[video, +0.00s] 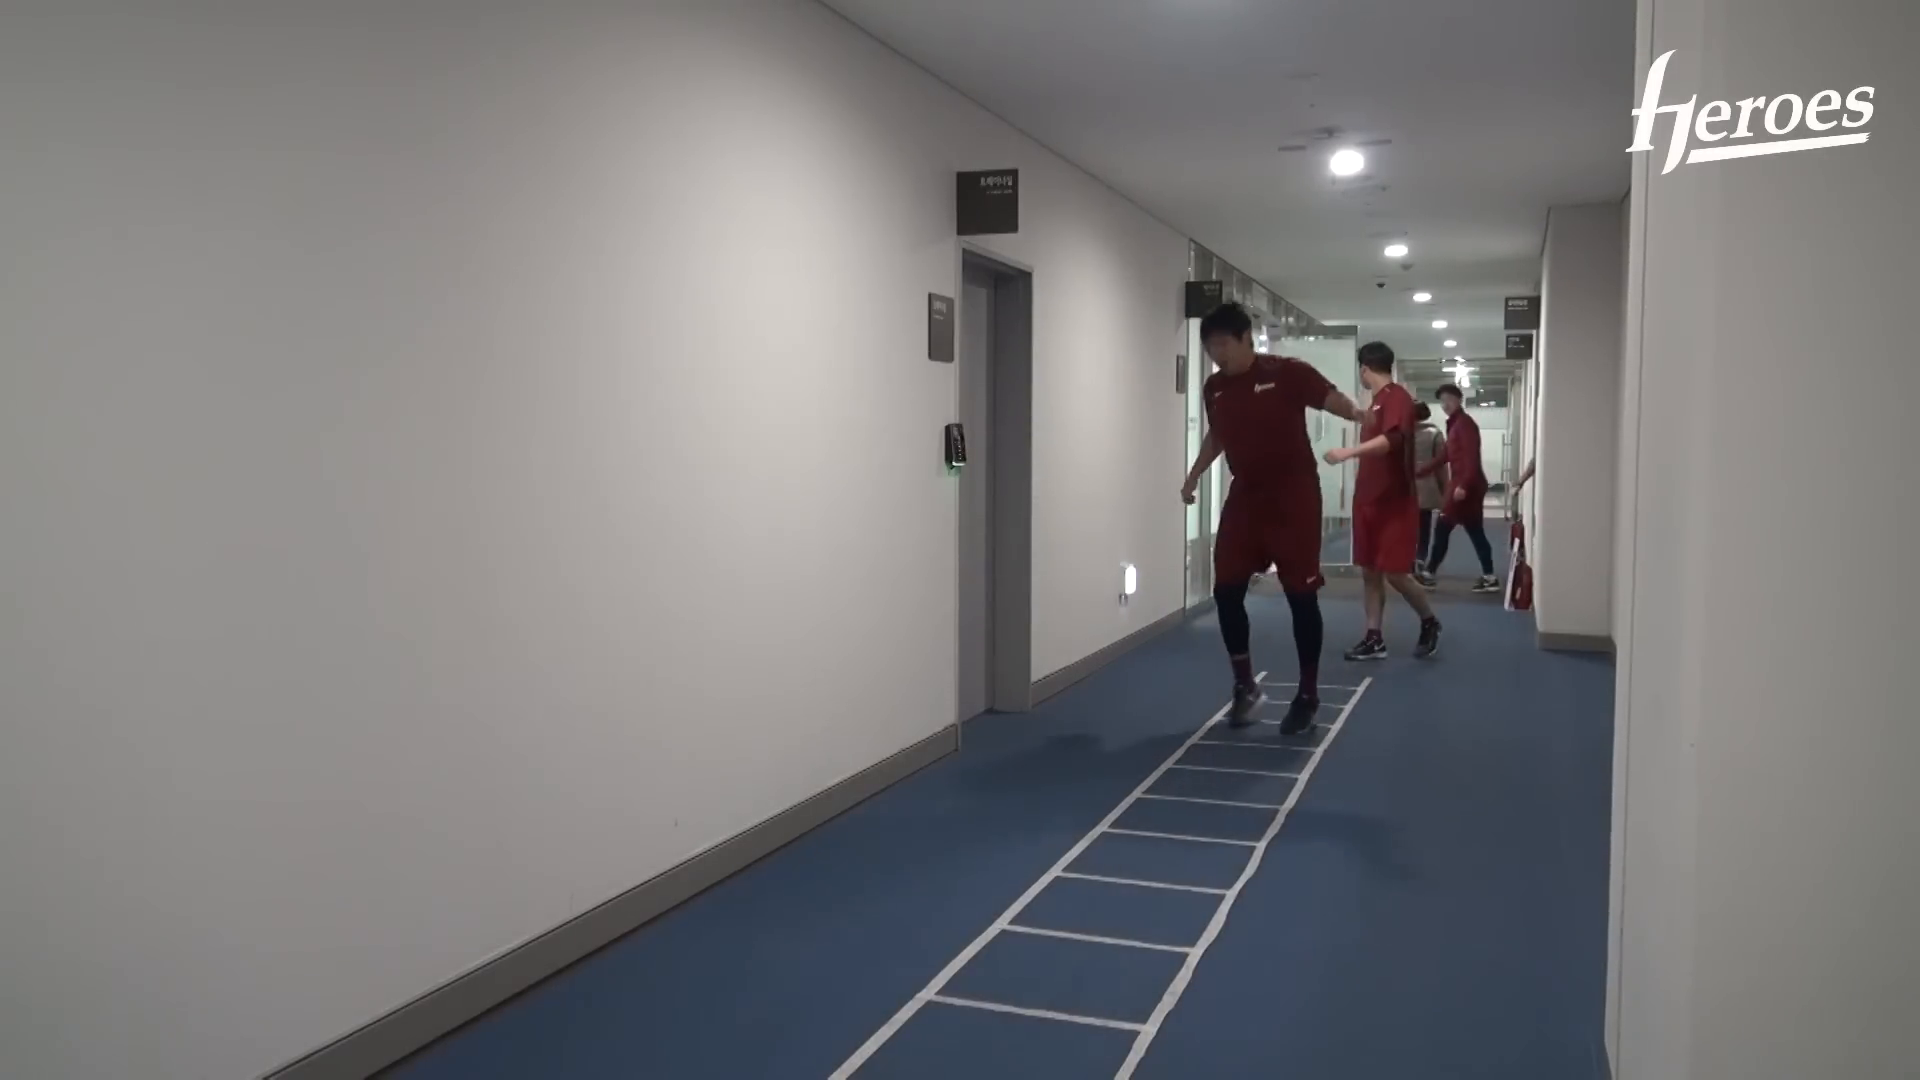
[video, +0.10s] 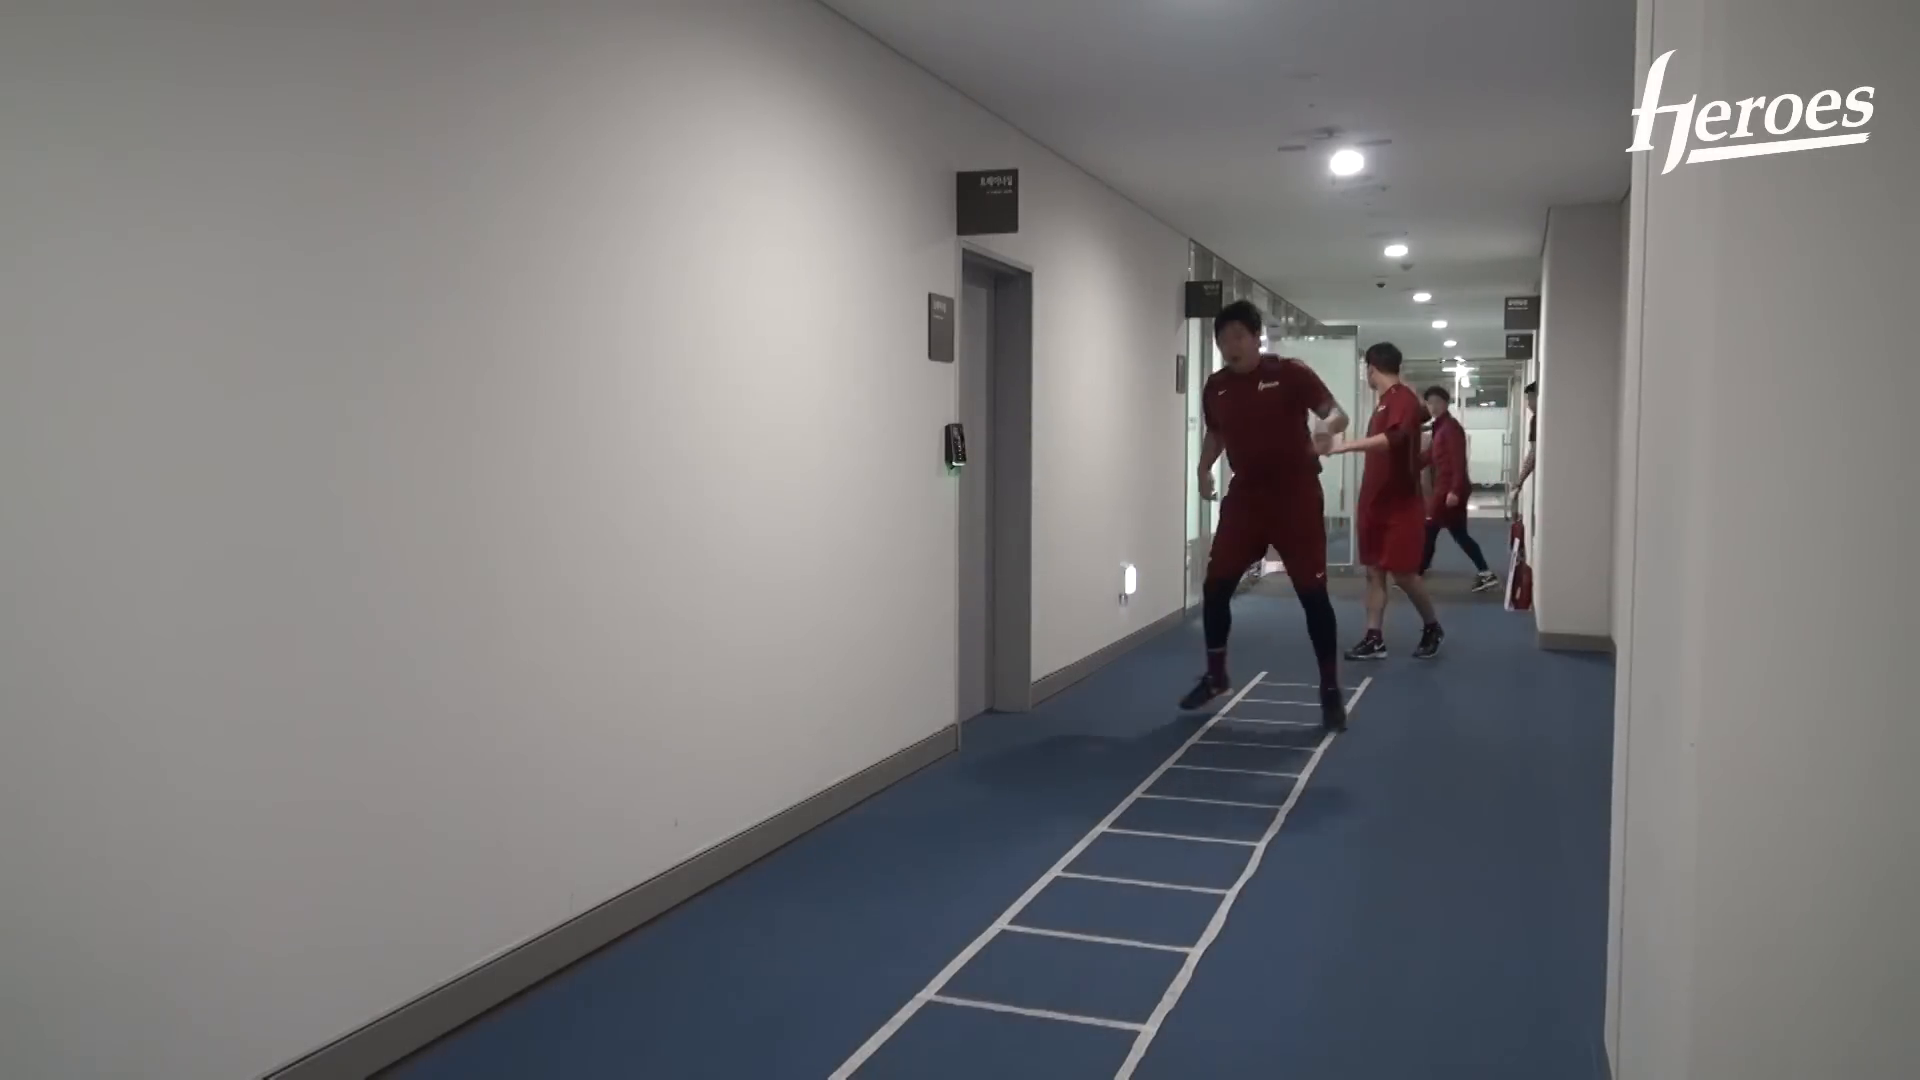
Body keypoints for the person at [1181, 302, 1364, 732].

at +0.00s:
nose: (1214, 355)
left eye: (1219, 345)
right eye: (1209, 348)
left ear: (1243, 339)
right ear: (1210, 348)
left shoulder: (1288, 373)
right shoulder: (1215, 388)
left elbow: (1338, 403)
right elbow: (1219, 434)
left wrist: (1361, 416)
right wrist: (1193, 476)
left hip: (1294, 496)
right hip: (1245, 497)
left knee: (1300, 592)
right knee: (1227, 591)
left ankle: (1307, 694)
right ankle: (1244, 686)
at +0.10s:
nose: (1231, 352)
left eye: (1236, 342)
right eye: (1224, 346)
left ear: (1257, 337)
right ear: (1219, 346)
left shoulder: (1291, 373)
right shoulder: (1216, 386)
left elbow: (1337, 416)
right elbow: (1217, 434)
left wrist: (1326, 431)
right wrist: (1204, 465)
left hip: (1296, 497)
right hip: (1245, 498)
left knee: (1312, 593)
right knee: (1215, 589)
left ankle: (1330, 689)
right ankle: (1216, 676)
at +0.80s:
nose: (1230, 386)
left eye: (1233, 379)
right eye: (1227, 381)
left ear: (1252, 363)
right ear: (1238, 370)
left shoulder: (1311, 381)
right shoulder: (1235, 396)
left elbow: (1347, 419)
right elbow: (1241, 438)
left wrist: (1344, 471)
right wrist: (1227, 468)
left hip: (1309, 500)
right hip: (1258, 500)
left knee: (1327, 585)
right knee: (1234, 582)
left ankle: (1340, 672)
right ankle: (1232, 666)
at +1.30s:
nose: (1231, 381)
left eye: (1230, 374)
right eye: (1229, 375)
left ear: (1240, 369)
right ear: (1252, 366)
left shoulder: (1291, 393)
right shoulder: (1254, 402)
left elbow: (1331, 436)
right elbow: (1265, 459)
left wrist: (1306, 473)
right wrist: (1249, 493)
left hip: (1305, 512)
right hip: (1264, 511)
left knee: (1310, 592)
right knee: (1254, 590)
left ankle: (1315, 655)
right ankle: (1270, 669)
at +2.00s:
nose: (1258, 362)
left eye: (1258, 356)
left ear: (1261, 358)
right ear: (1291, 358)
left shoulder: (1273, 391)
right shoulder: (1306, 392)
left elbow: (1284, 440)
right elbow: (1325, 443)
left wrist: (1257, 473)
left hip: (1296, 493)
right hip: (1320, 491)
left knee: (1301, 575)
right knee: (1297, 573)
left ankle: (1340, 658)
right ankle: (1293, 652)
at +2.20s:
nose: (1255, 362)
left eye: (1255, 357)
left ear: (1257, 358)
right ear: (1287, 359)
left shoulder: (1256, 393)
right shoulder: (1307, 394)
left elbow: (1257, 445)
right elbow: (1325, 447)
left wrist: (1235, 480)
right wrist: (1317, 484)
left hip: (1277, 495)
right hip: (1311, 493)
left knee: (1262, 574)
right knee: (1295, 571)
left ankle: (1315, 637)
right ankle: (1292, 652)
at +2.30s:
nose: (1249, 361)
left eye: (1249, 355)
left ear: (1251, 358)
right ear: (1281, 358)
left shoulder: (1249, 393)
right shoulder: (1302, 394)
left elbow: (1247, 447)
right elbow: (1321, 447)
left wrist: (1228, 490)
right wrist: (1312, 484)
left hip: (1268, 493)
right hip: (1304, 493)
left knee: (1236, 569)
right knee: (1292, 571)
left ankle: (1286, 634)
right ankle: (1295, 654)